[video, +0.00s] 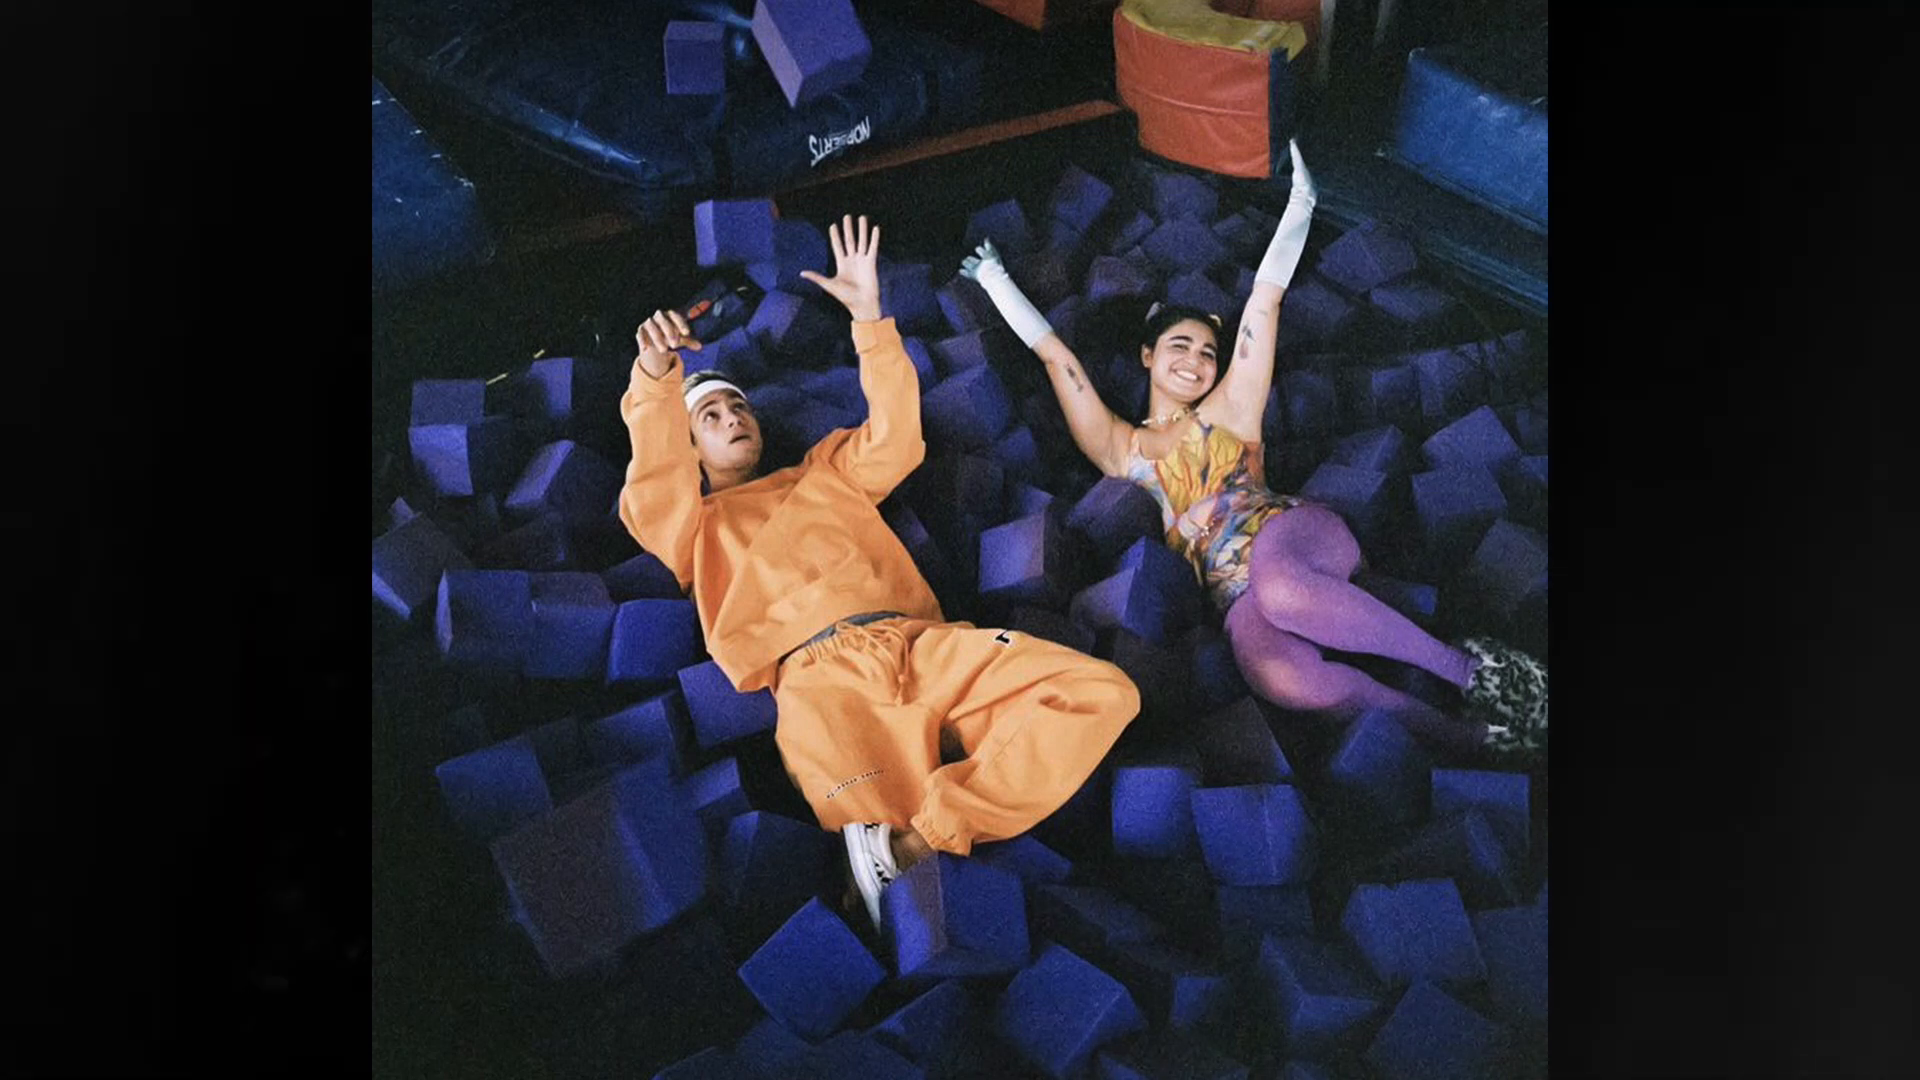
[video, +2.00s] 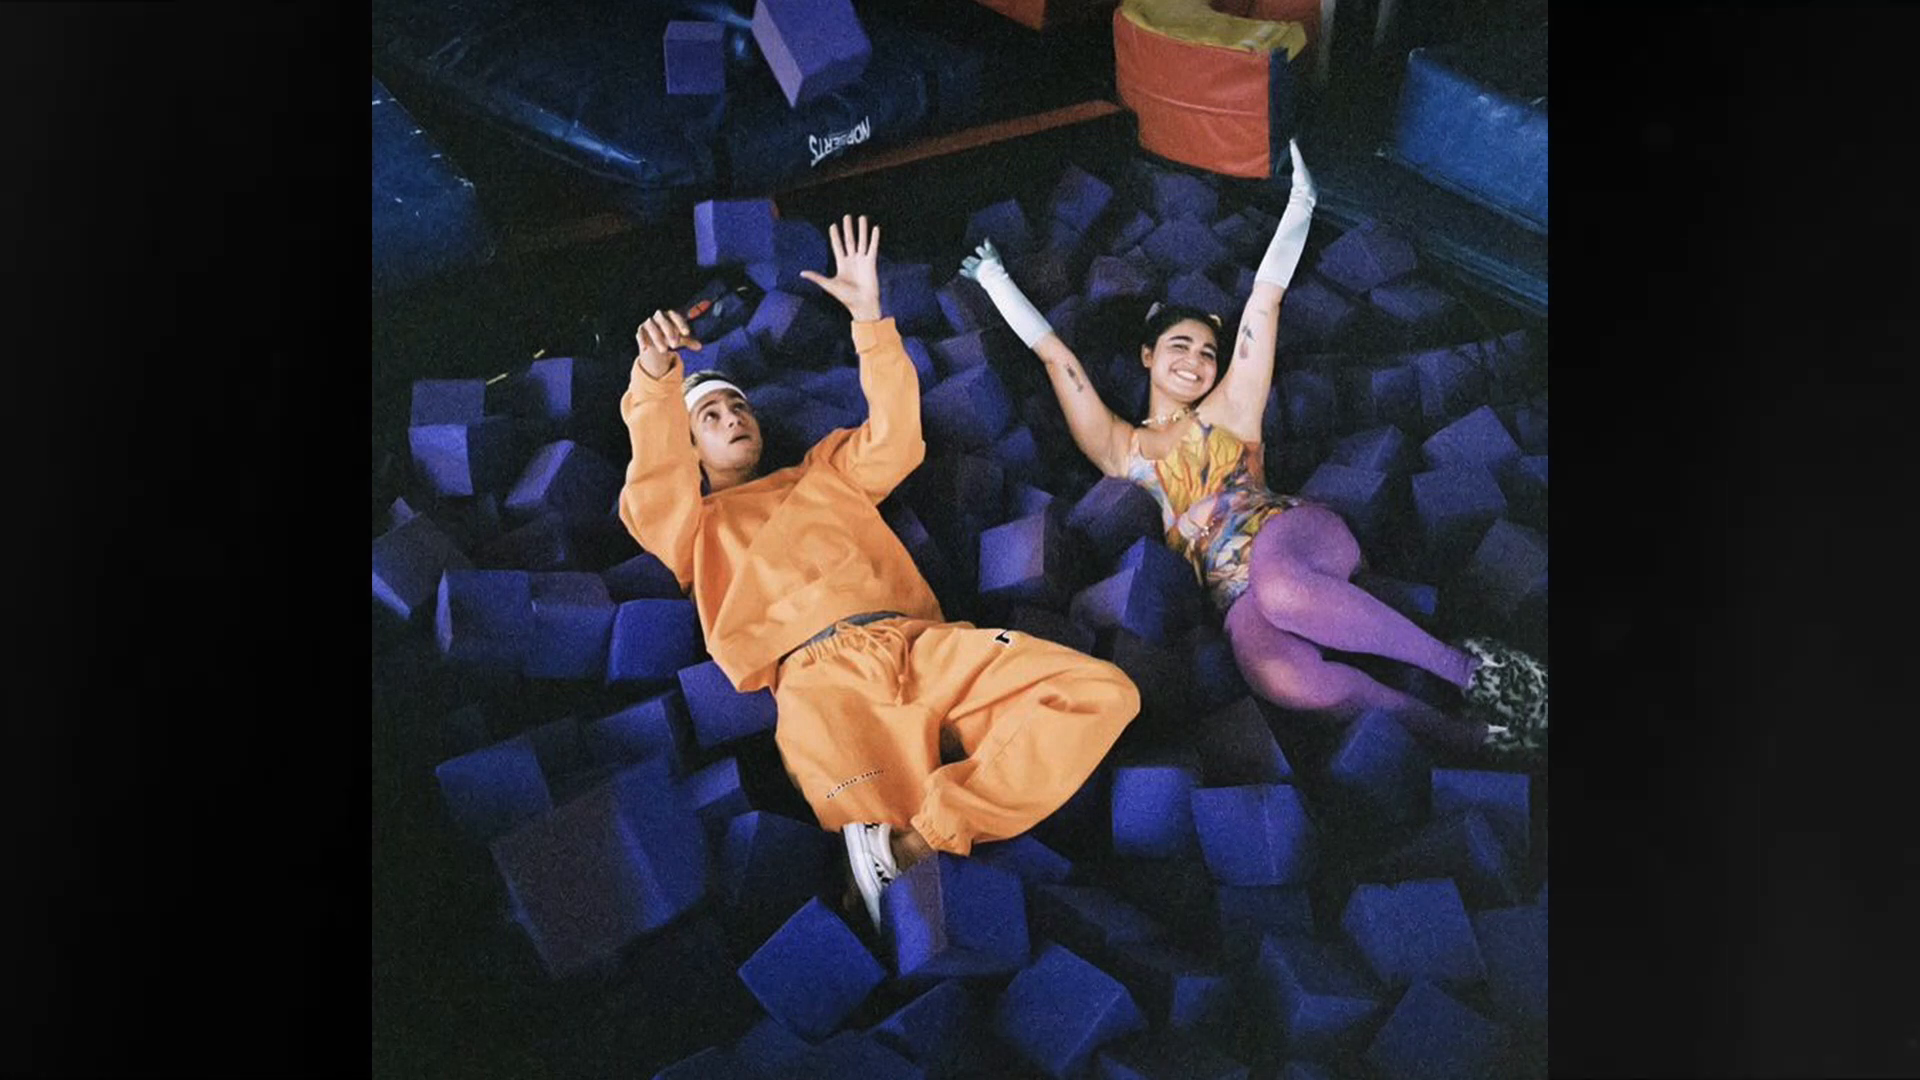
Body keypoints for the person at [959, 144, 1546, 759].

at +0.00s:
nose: (1190, 359)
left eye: (1204, 353)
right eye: (1176, 347)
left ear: (1216, 370)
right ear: (1145, 358)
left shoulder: (1230, 410)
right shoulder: (1123, 449)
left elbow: (1264, 304)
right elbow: (1058, 359)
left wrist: (1299, 208)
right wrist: (992, 277)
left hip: (1289, 532)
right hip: (1239, 597)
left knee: (1278, 592)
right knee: (1286, 680)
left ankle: (1472, 671)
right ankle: (1465, 734)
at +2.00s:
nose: (1190, 359)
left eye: (1204, 353)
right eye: (1176, 347)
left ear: (1216, 370)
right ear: (1145, 358)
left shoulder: (1230, 410)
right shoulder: (1123, 449)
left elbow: (1264, 304)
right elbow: (1057, 359)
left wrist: (1298, 209)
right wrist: (992, 277)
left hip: (1289, 531)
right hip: (1239, 597)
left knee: (1278, 592)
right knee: (1287, 680)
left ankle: (1472, 671)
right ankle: (1463, 733)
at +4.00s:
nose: (1191, 360)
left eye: (1205, 354)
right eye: (1177, 346)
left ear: (1217, 370)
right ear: (1145, 357)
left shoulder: (1230, 411)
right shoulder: (1122, 448)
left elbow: (1264, 305)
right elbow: (1058, 359)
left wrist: (1298, 209)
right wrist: (992, 278)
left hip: (1287, 530)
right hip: (1237, 596)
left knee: (1280, 594)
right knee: (1286, 680)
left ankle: (1471, 671)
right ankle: (1466, 736)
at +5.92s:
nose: (1191, 360)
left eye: (1205, 353)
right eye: (1177, 346)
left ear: (1217, 370)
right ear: (1145, 358)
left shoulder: (1230, 411)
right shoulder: (1123, 448)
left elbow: (1265, 304)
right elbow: (1057, 358)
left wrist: (1298, 209)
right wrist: (992, 277)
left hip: (1289, 532)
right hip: (1239, 597)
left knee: (1278, 592)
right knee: (1285, 679)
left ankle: (1471, 670)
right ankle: (1459, 731)